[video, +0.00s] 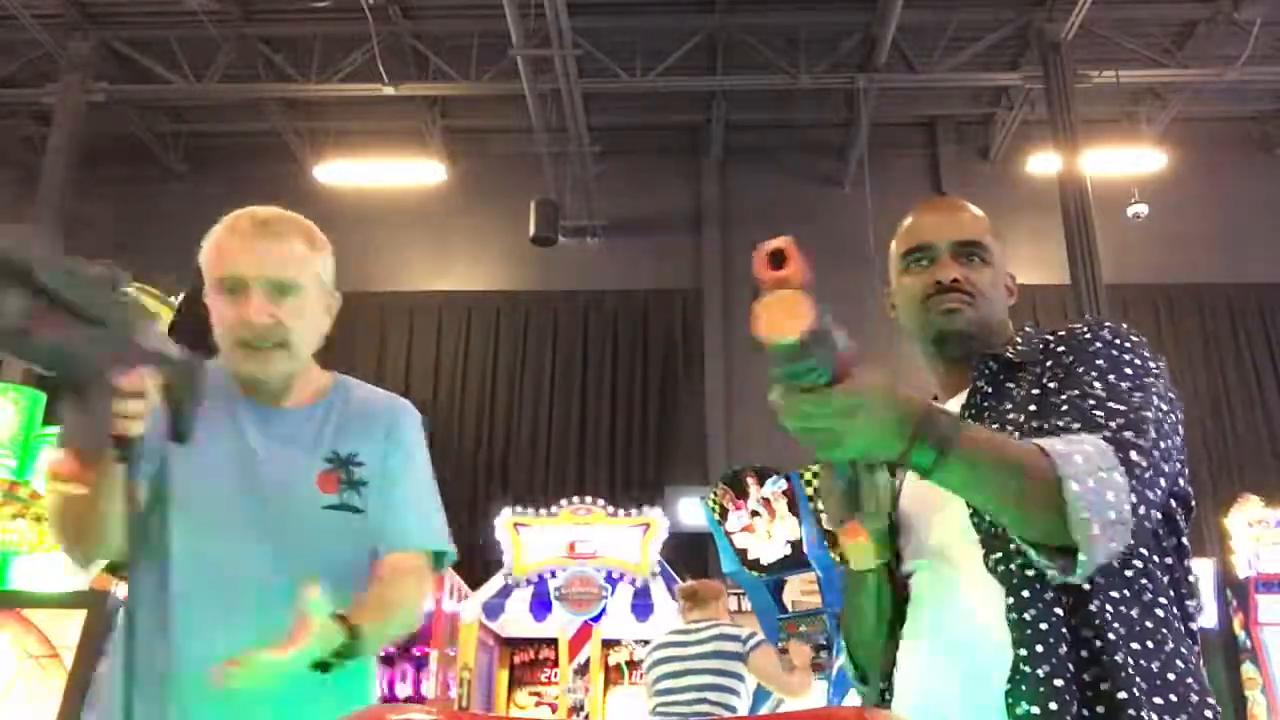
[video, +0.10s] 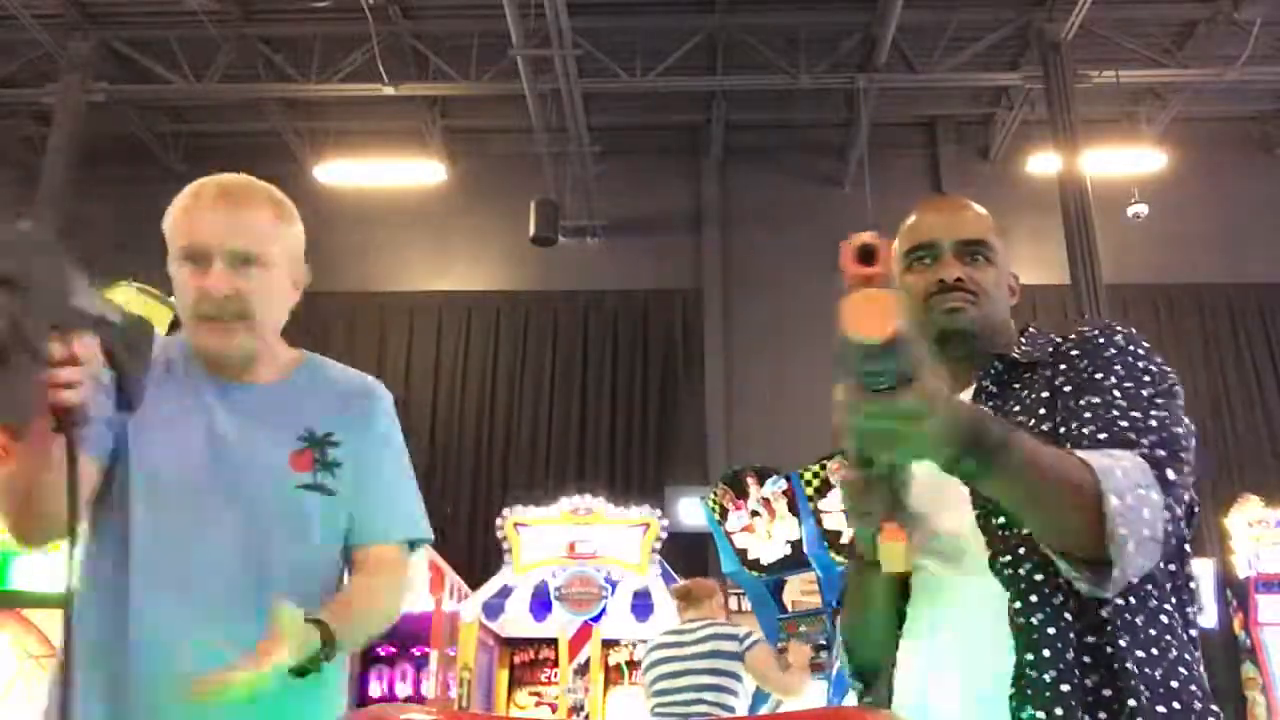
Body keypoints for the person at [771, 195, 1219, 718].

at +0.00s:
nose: (947, 271)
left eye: (971, 256)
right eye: (919, 261)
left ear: (1009, 286)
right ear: (892, 302)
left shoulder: (1099, 352)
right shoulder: (900, 434)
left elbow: (1098, 515)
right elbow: (879, 669)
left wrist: (919, 434)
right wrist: (856, 515)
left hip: (1098, 701)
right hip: (938, 705)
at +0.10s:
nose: (949, 273)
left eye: (974, 255)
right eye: (923, 259)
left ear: (1012, 287)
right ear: (898, 296)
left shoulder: (1103, 358)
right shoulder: (901, 423)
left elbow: (1131, 531)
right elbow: (870, 666)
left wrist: (963, 437)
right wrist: (871, 535)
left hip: (1126, 696)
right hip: (946, 703)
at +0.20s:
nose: (957, 269)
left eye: (978, 251)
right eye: (929, 259)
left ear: (1015, 282)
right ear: (899, 296)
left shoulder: (1110, 359)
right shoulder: (904, 426)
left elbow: (1153, 554)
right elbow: (865, 661)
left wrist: (1010, 454)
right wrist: (878, 540)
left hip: (1122, 700)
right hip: (954, 706)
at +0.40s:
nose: (965, 265)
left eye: (990, 248)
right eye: (938, 251)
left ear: (1025, 280)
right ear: (906, 288)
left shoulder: (1111, 351)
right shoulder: (912, 445)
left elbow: (1152, 548)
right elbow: (890, 669)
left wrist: (971, 522)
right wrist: (863, 556)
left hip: (1112, 705)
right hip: (949, 708)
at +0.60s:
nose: (948, 270)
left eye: (973, 253)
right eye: (919, 257)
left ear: (1007, 279)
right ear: (890, 296)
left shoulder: (1128, 373)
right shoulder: (883, 466)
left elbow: (1264, 522)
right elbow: (866, 650)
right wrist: (913, 525)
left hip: (1149, 704)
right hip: (962, 706)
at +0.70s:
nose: (951, 272)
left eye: (975, 255)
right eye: (921, 259)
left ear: (1008, 284)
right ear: (891, 300)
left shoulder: (1154, 420)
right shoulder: (861, 483)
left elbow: (1257, 571)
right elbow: (854, 659)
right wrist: (919, 536)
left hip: (1148, 705)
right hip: (956, 708)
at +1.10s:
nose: (946, 268)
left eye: (972, 251)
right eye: (919, 256)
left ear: (1011, 283)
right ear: (894, 299)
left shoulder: (1136, 404)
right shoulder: (881, 471)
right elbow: (866, 660)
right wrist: (912, 553)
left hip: (1154, 705)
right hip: (965, 708)